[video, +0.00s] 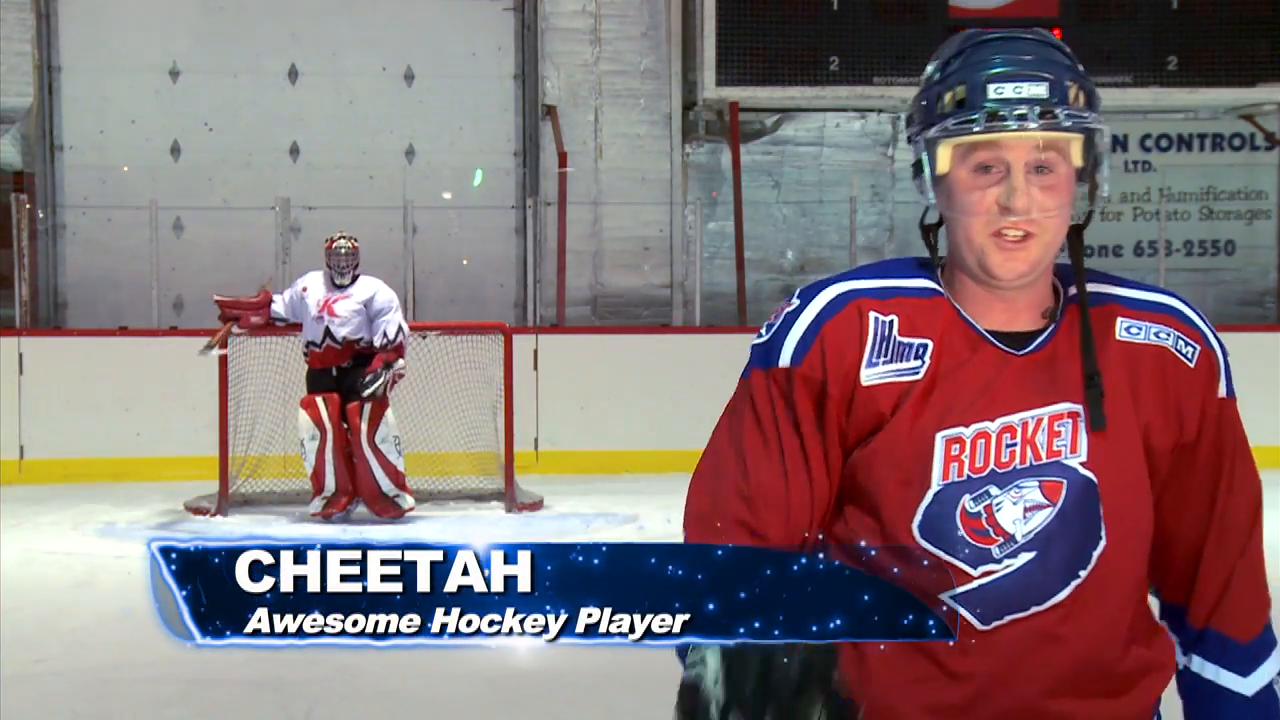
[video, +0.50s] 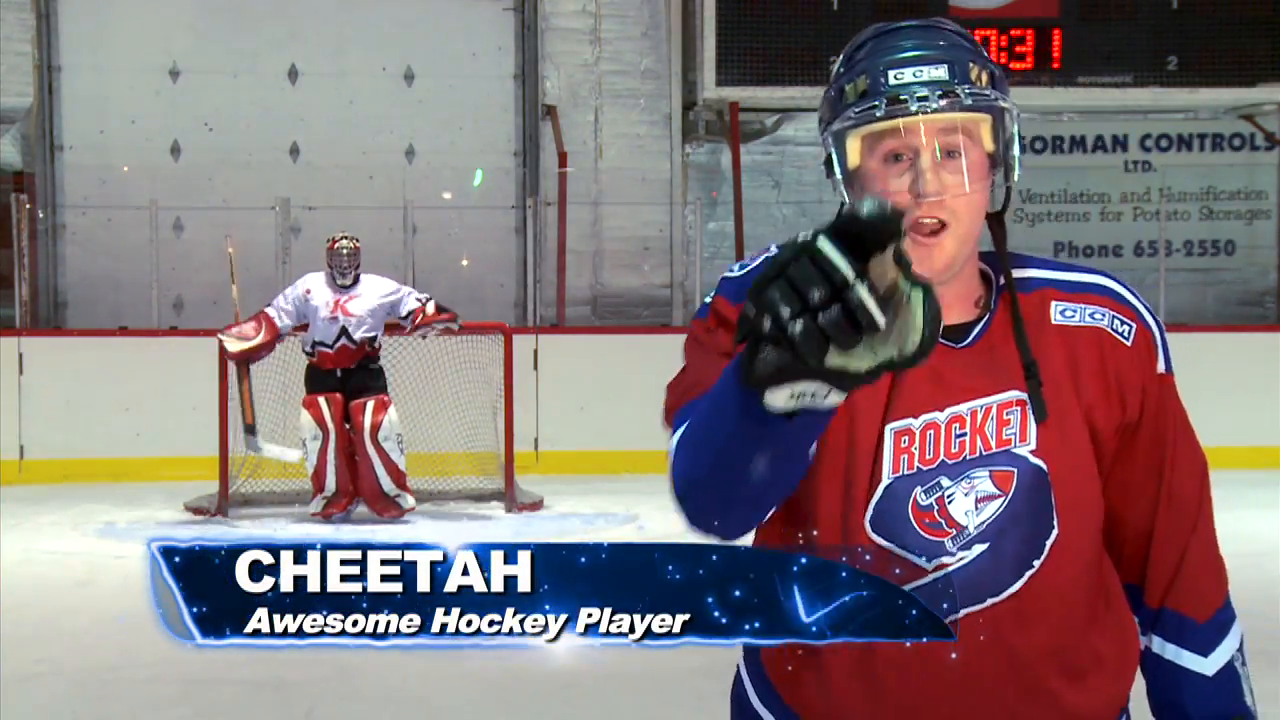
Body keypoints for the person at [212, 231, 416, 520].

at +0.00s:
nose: (342, 263)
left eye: (348, 257)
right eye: (336, 257)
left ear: (357, 259)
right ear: (327, 259)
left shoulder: (375, 292)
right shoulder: (309, 286)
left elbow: (394, 341)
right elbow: (280, 308)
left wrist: (382, 370)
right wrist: (243, 309)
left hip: (360, 373)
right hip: (321, 374)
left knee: (365, 433)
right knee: (326, 434)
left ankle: (389, 498)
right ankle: (335, 497)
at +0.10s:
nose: (342, 263)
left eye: (348, 257)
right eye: (337, 257)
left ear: (357, 259)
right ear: (328, 259)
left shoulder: (376, 291)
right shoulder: (309, 286)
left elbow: (401, 329)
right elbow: (282, 306)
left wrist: (386, 363)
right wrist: (249, 306)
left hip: (361, 375)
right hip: (321, 377)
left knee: (365, 434)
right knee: (325, 435)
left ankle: (390, 500)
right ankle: (334, 498)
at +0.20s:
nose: (343, 263)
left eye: (348, 257)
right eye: (337, 257)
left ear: (357, 259)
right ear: (328, 259)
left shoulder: (375, 290)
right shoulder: (310, 286)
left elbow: (406, 319)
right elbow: (278, 305)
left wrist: (397, 351)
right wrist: (240, 312)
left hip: (362, 373)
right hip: (321, 375)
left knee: (367, 431)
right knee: (325, 434)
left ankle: (390, 500)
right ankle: (333, 498)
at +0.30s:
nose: (344, 263)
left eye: (349, 257)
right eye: (338, 258)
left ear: (358, 259)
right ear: (329, 259)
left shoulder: (376, 289)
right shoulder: (310, 286)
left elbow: (408, 310)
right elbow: (275, 306)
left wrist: (411, 336)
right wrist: (241, 315)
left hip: (363, 372)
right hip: (322, 373)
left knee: (371, 432)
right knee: (325, 435)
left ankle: (391, 501)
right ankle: (332, 500)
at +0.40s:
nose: (344, 262)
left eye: (349, 257)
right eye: (338, 256)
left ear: (358, 259)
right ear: (328, 259)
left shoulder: (378, 289)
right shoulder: (310, 286)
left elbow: (412, 306)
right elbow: (274, 309)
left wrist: (422, 320)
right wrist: (241, 322)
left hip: (364, 373)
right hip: (322, 374)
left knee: (374, 433)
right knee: (324, 436)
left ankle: (390, 501)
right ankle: (332, 500)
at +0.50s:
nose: (344, 264)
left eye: (350, 258)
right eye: (338, 259)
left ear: (358, 260)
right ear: (328, 261)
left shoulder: (378, 288)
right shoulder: (309, 288)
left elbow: (416, 303)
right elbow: (276, 315)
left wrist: (432, 315)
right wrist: (246, 332)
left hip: (365, 374)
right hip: (322, 375)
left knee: (372, 433)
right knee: (327, 435)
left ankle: (387, 500)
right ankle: (334, 499)